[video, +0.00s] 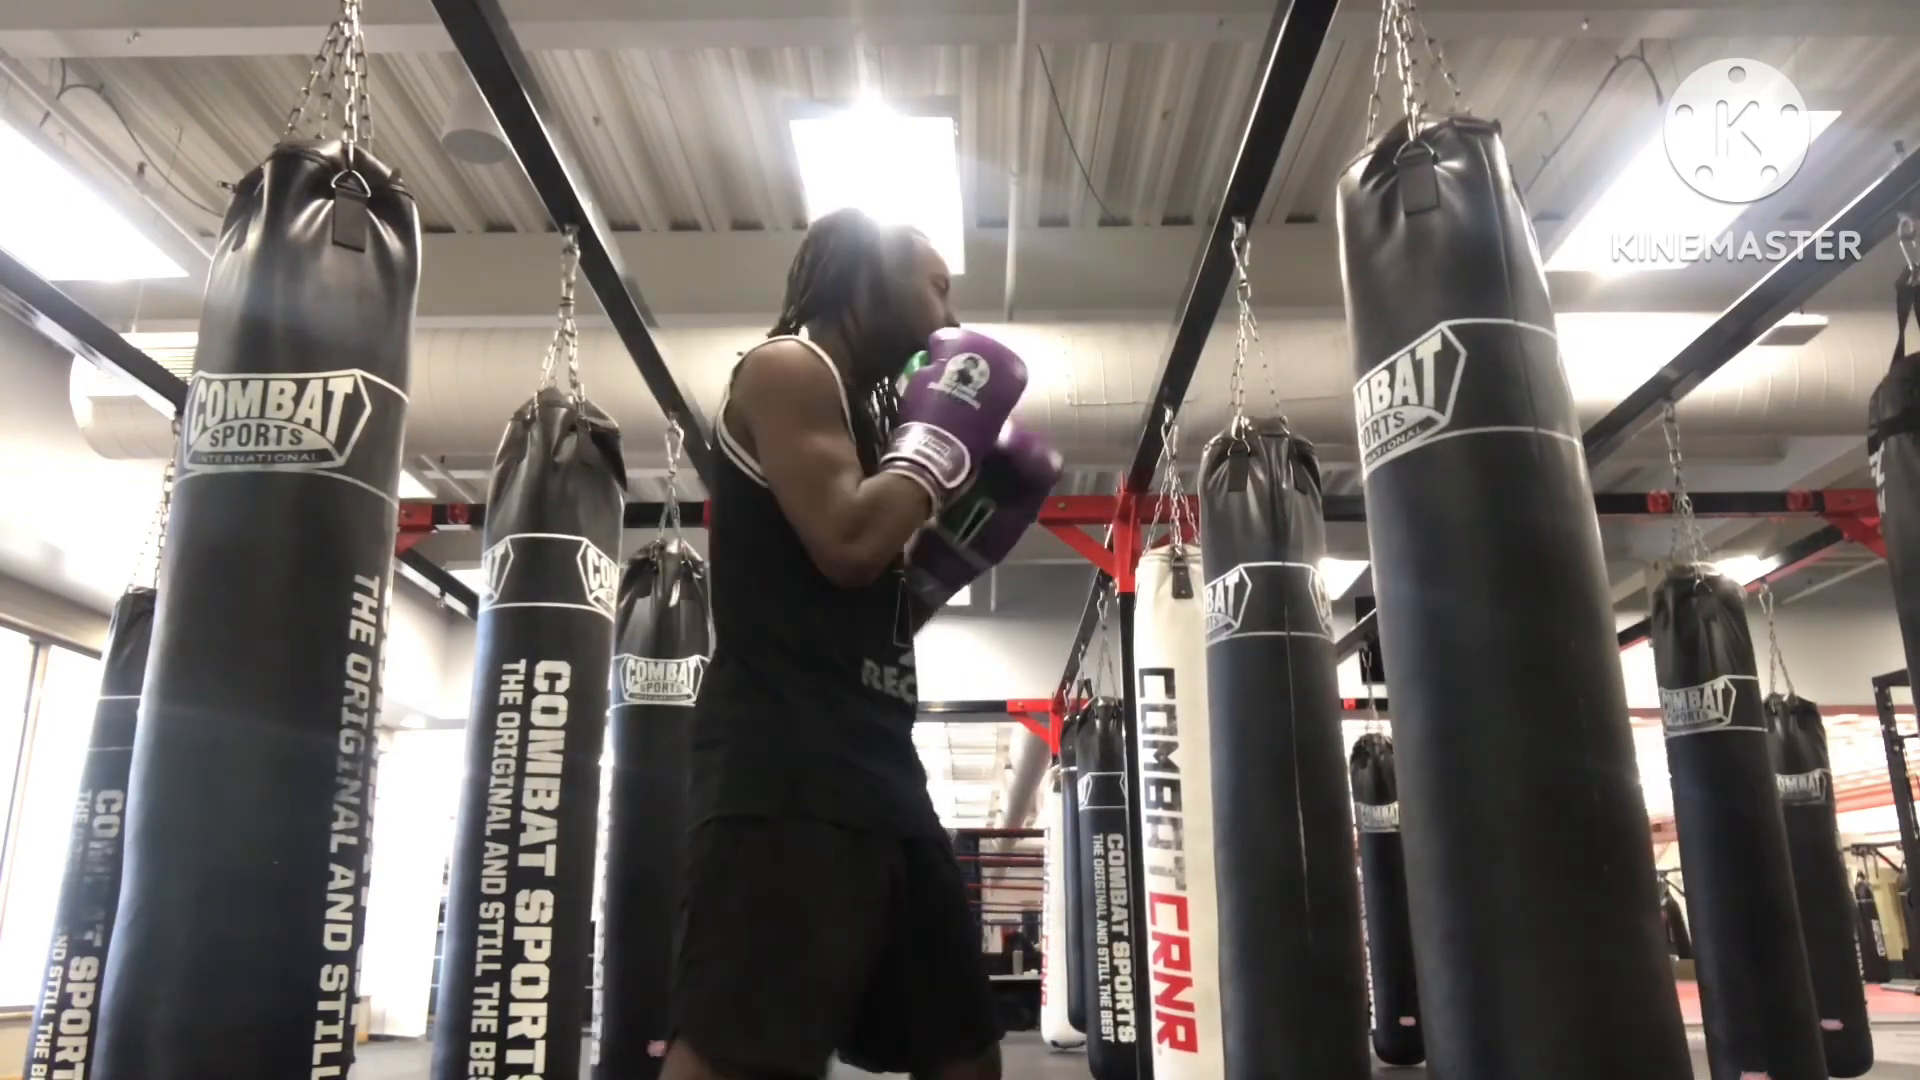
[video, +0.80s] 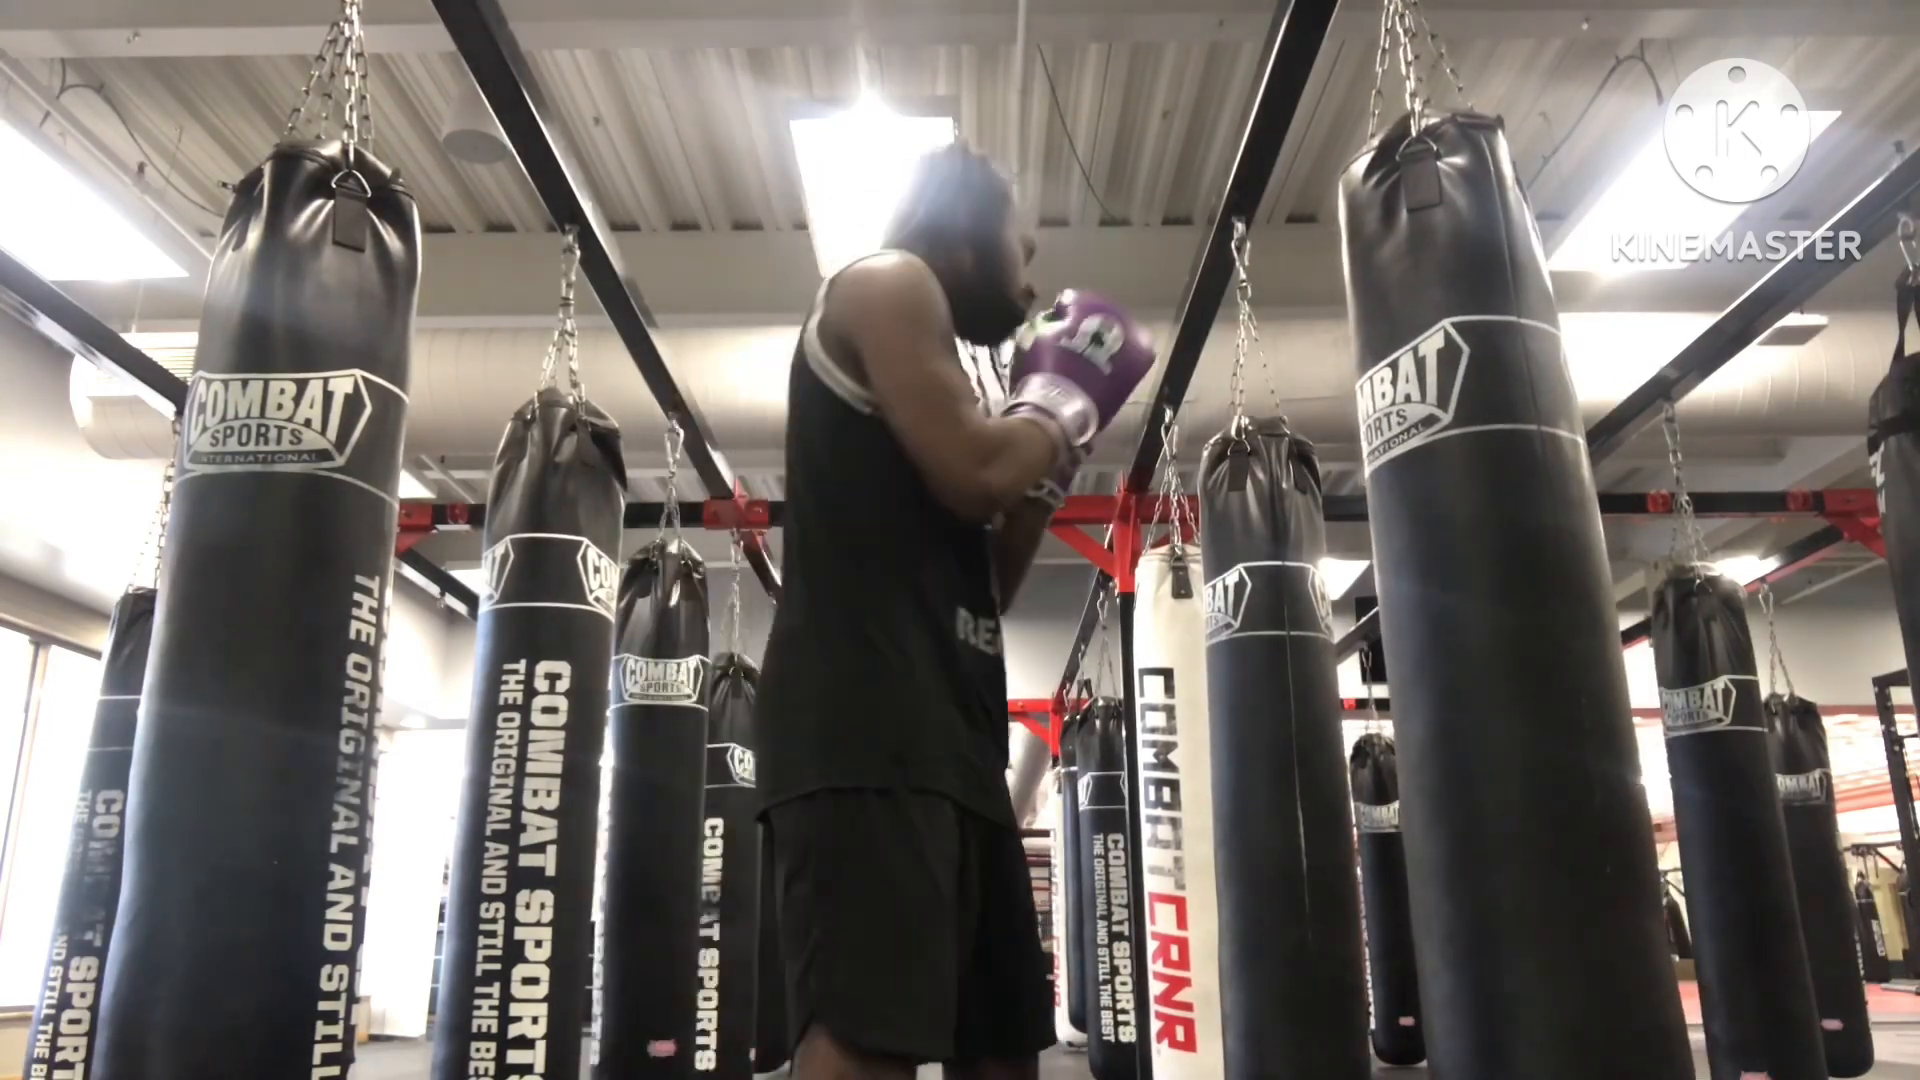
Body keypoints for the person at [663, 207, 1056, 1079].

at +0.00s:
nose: (950, 315)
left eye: (949, 293)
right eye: (936, 288)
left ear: (870, 293)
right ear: (869, 281)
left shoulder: (864, 410)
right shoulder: (787, 367)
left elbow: (873, 613)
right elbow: (848, 540)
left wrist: (969, 532)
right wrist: (944, 429)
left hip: (876, 772)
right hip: (783, 771)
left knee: (960, 1047)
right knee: (728, 1046)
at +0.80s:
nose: (1032, 268)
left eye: (1029, 243)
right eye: (1019, 236)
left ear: (945, 231)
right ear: (963, 224)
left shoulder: (943, 362)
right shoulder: (885, 285)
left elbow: (990, 583)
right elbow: (974, 470)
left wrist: (1046, 453)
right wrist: (1062, 399)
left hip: (947, 749)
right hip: (865, 740)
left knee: (998, 1041)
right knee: (859, 1044)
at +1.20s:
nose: (1022, 193)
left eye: (1021, 168)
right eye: (1014, 162)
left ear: (890, 143)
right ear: (965, 145)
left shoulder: (819, 280)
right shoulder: (906, 209)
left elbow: (956, 475)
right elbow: (985, 457)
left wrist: (1038, 407)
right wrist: (1070, 406)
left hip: (817, 768)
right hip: (891, 769)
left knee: (838, 1044)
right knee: (961, 1042)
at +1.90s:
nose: (1043, 169)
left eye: (885, 148)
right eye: (1034, 145)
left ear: (913, 147)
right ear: (1004, 138)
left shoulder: (908, 261)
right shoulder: (956, 232)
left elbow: (999, 491)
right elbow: (1011, 460)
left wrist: (1111, 451)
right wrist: (1109, 399)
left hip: (894, 732)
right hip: (935, 735)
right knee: (978, 1038)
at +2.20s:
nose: (1047, 163)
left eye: (1042, 145)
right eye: (1041, 141)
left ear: (904, 157)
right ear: (1019, 140)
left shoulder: (862, 313)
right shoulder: (988, 229)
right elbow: (1105, 467)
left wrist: (1084, 372)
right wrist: (1156, 378)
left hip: (855, 764)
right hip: (945, 765)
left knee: (1059, 1035)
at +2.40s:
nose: (1076, 210)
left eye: (1070, 182)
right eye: (1068, 180)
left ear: (946, 184)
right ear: (1030, 181)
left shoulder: (929, 312)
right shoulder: (997, 279)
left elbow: (1088, 481)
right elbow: (1138, 485)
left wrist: (1199, 424)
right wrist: (1255, 442)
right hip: (933, 779)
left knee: (1124, 1031)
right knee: (980, 1055)